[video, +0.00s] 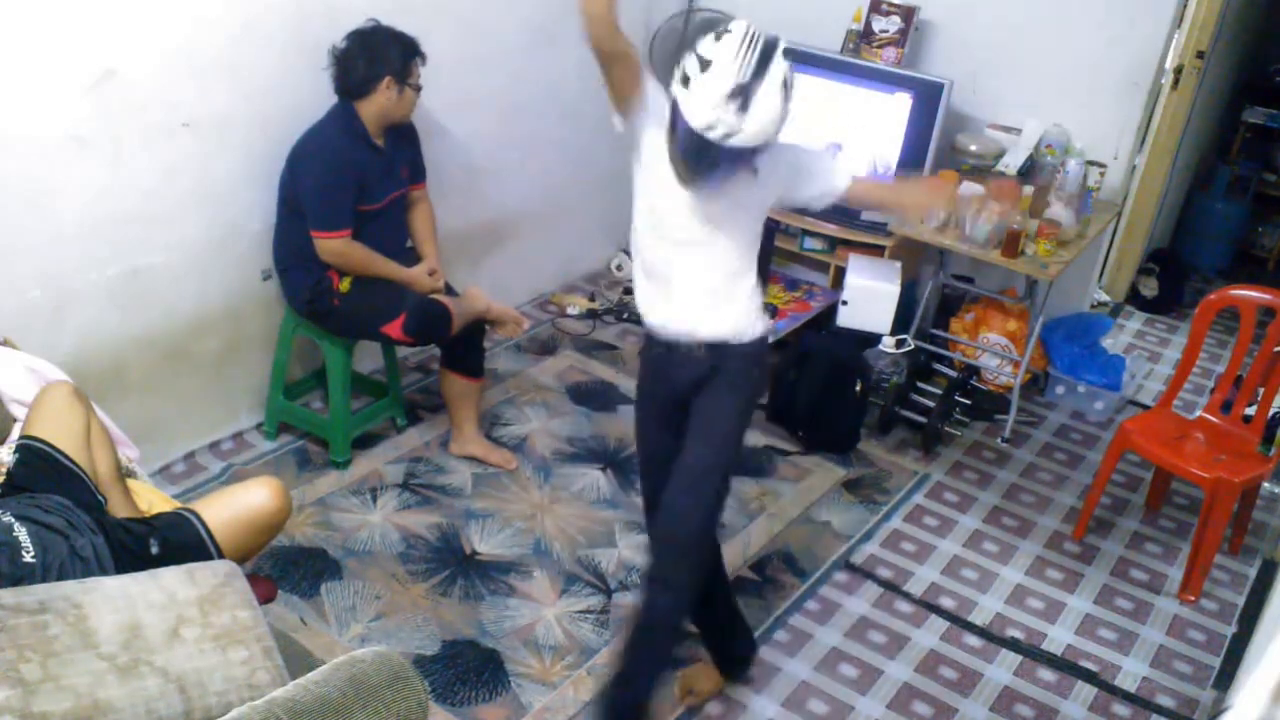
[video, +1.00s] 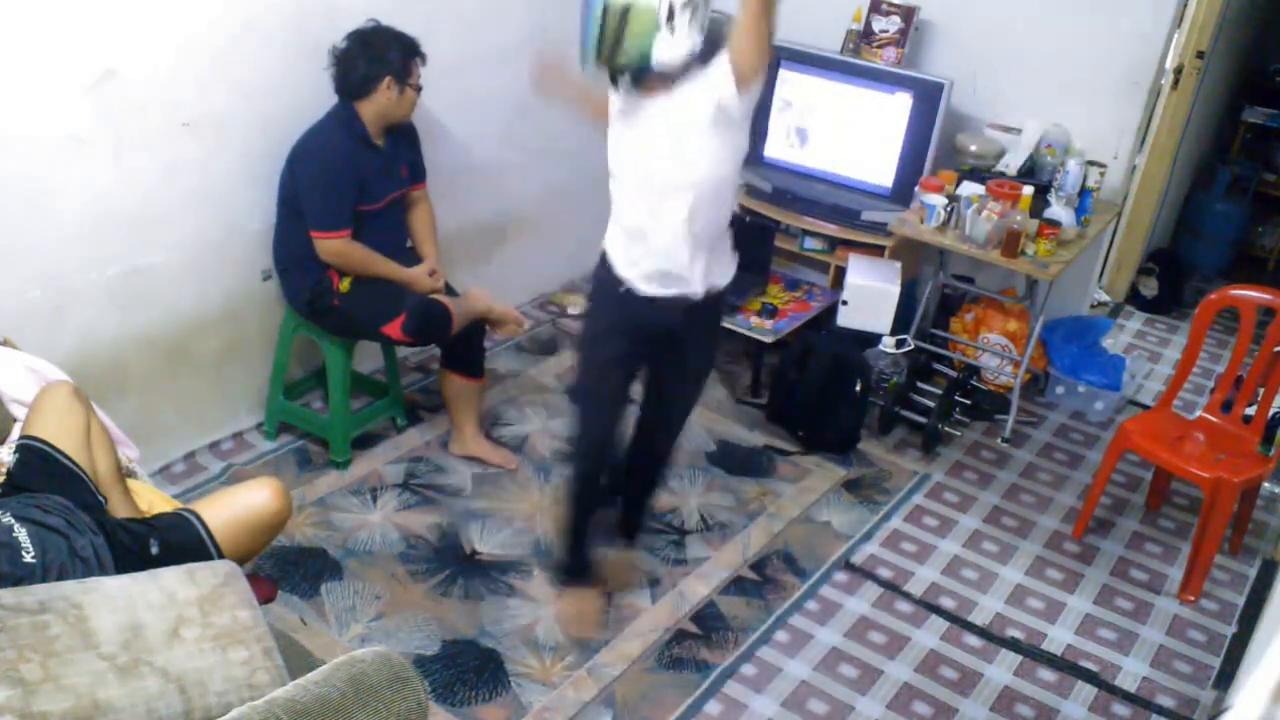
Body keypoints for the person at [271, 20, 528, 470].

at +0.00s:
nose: (419, 96)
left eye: (419, 87)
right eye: (416, 86)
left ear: (386, 87)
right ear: (387, 87)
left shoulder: (400, 131)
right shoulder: (326, 151)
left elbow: (418, 202)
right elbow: (333, 249)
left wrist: (429, 259)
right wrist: (408, 277)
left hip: (387, 266)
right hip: (325, 283)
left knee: (465, 321)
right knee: (426, 323)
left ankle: (466, 435)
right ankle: (476, 306)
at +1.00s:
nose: (419, 96)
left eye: (419, 87)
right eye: (416, 87)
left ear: (387, 88)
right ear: (387, 88)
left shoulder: (400, 131)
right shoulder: (326, 151)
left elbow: (417, 202)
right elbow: (333, 249)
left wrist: (428, 260)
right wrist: (407, 277)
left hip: (388, 264)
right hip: (325, 282)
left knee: (465, 323)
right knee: (424, 323)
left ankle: (466, 436)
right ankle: (476, 306)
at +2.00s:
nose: (420, 96)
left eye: (420, 87)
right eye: (416, 87)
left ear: (387, 87)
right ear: (388, 87)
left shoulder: (399, 131)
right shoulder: (326, 151)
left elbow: (417, 201)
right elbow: (332, 249)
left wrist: (430, 261)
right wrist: (407, 275)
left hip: (387, 264)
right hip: (325, 284)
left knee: (465, 324)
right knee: (422, 323)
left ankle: (466, 435)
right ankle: (473, 306)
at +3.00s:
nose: (419, 95)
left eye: (419, 87)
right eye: (416, 86)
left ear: (387, 86)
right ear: (388, 86)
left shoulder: (399, 131)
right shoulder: (326, 150)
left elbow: (417, 201)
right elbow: (333, 248)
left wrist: (430, 258)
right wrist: (407, 276)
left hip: (389, 265)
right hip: (326, 282)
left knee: (467, 320)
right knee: (425, 323)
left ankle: (465, 434)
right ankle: (478, 304)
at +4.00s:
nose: (419, 95)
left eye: (419, 86)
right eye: (416, 86)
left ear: (387, 86)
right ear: (388, 86)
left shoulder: (399, 132)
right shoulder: (326, 151)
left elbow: (417, 203)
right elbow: (332, 249)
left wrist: (429, 260)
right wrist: (407, 276)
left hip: (387, 266)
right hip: (326, 283)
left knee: (466, 322)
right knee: (425, 323)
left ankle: (465, 435)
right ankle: (477, 304)